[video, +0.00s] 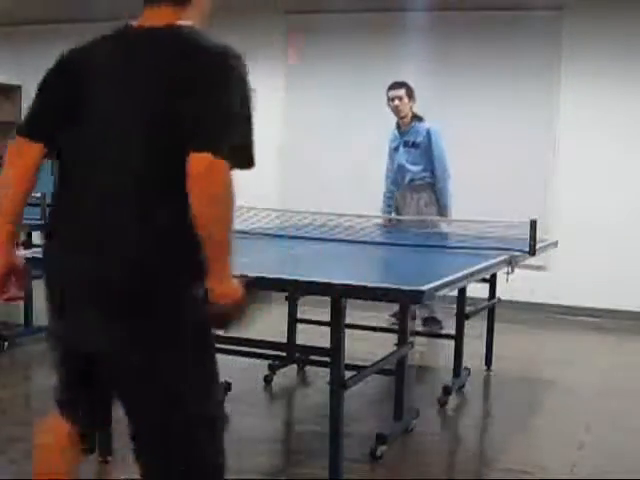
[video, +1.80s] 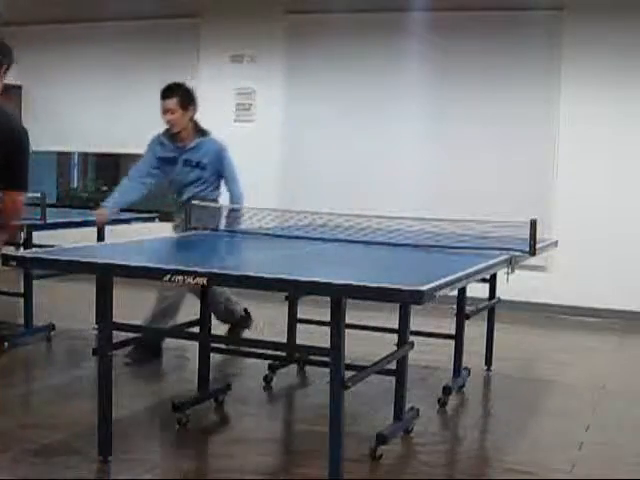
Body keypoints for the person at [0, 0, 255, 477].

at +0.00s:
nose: (209, 7)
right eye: (208, 5)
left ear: (145, 3)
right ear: (198, 4)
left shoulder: (81, 59)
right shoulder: (212, 63)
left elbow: (23, 156)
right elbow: (206, 169)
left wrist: (5, 243)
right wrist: (219, 273)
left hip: (73, 285)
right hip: (158, 293)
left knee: (74, 413)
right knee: (184, 455)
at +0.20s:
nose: (144, 17)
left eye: (143, 11)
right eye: (142, 10)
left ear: (75, 13)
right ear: (133, 11)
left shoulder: (16, 85)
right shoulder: (153, 86)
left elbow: (6, 189)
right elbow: (185, 185)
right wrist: (196, 266)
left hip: (22, 297)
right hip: (111, 300)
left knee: (10, 444)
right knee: (154, 457)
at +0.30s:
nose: (124, 13)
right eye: (124, 8)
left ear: (59, 8)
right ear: (117, 7)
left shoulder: (9, 64)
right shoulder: (137, 70)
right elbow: (168, 165)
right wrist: (178, 245)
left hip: (14, 273)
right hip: (102, 277)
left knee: (14, 427)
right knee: (136, 435)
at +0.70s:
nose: (101, 12)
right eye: (102, 8)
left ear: (40, 8)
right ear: (97, 8)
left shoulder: (8, 64)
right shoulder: (125, 74)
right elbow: (153, 162)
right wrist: (145, 221)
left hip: (10, 262)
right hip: (85, 266)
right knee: (84, 415)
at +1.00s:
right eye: (44, 38)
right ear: (42, 41)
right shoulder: (71, 108)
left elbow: (109, 191)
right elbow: (112, 191)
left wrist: (90, 205)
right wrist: (85, 207)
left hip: (5, 278)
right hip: (50, 278)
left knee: (62, 399)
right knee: (62, 397)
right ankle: (76, 474)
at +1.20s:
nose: (10, 50)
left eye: (4, 43)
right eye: (12, 43)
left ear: (1, 46)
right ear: (10, 47)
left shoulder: (34, 105)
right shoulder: (33, 105)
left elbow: (56, 189)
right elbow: (57, 189)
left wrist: (26, 197)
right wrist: (22, 199)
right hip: (13, 252)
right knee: (27, 351)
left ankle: (43, 431)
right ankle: (42, 430)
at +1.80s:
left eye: (3, 71)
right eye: (5, 71)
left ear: (4, 71)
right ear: (4, 71)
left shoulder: (12, 129)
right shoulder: (11, 129)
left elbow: (13, 203)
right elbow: (13, 204)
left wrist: (8, 235)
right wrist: (8, 235)